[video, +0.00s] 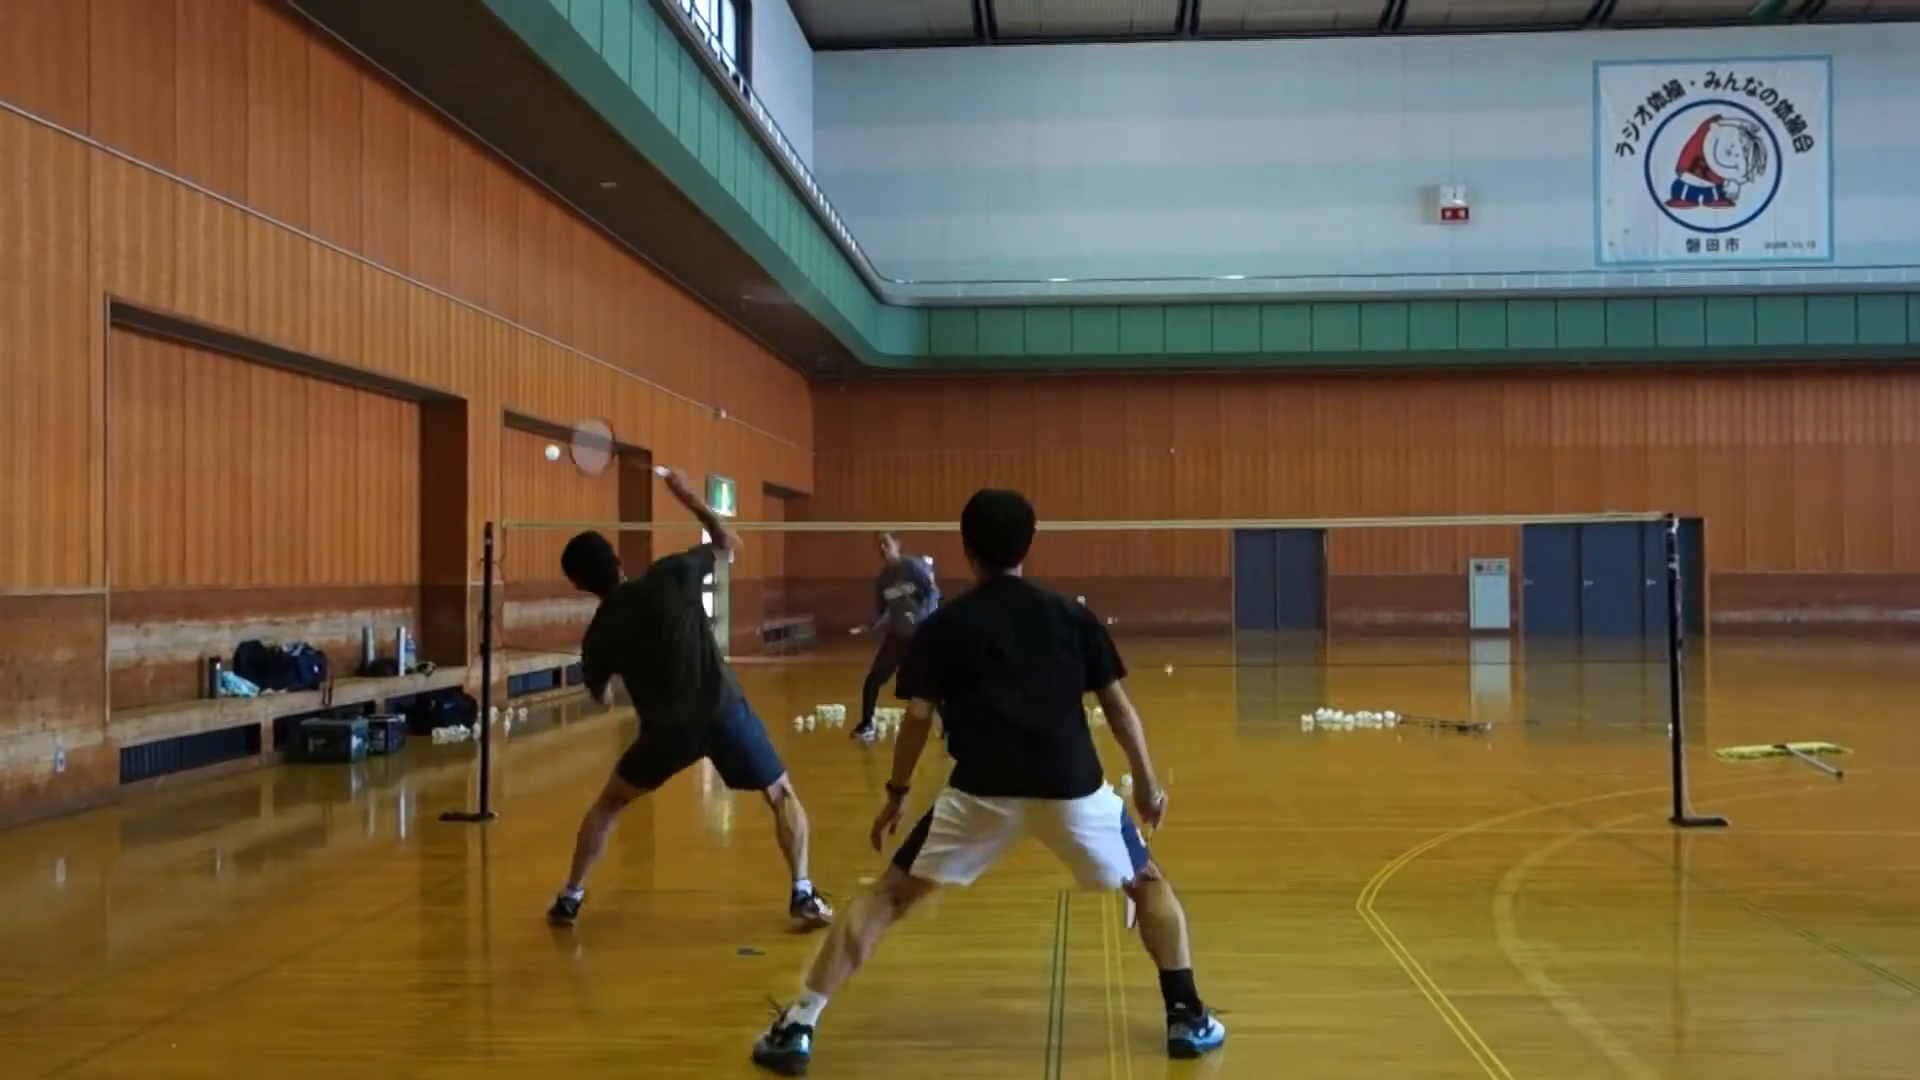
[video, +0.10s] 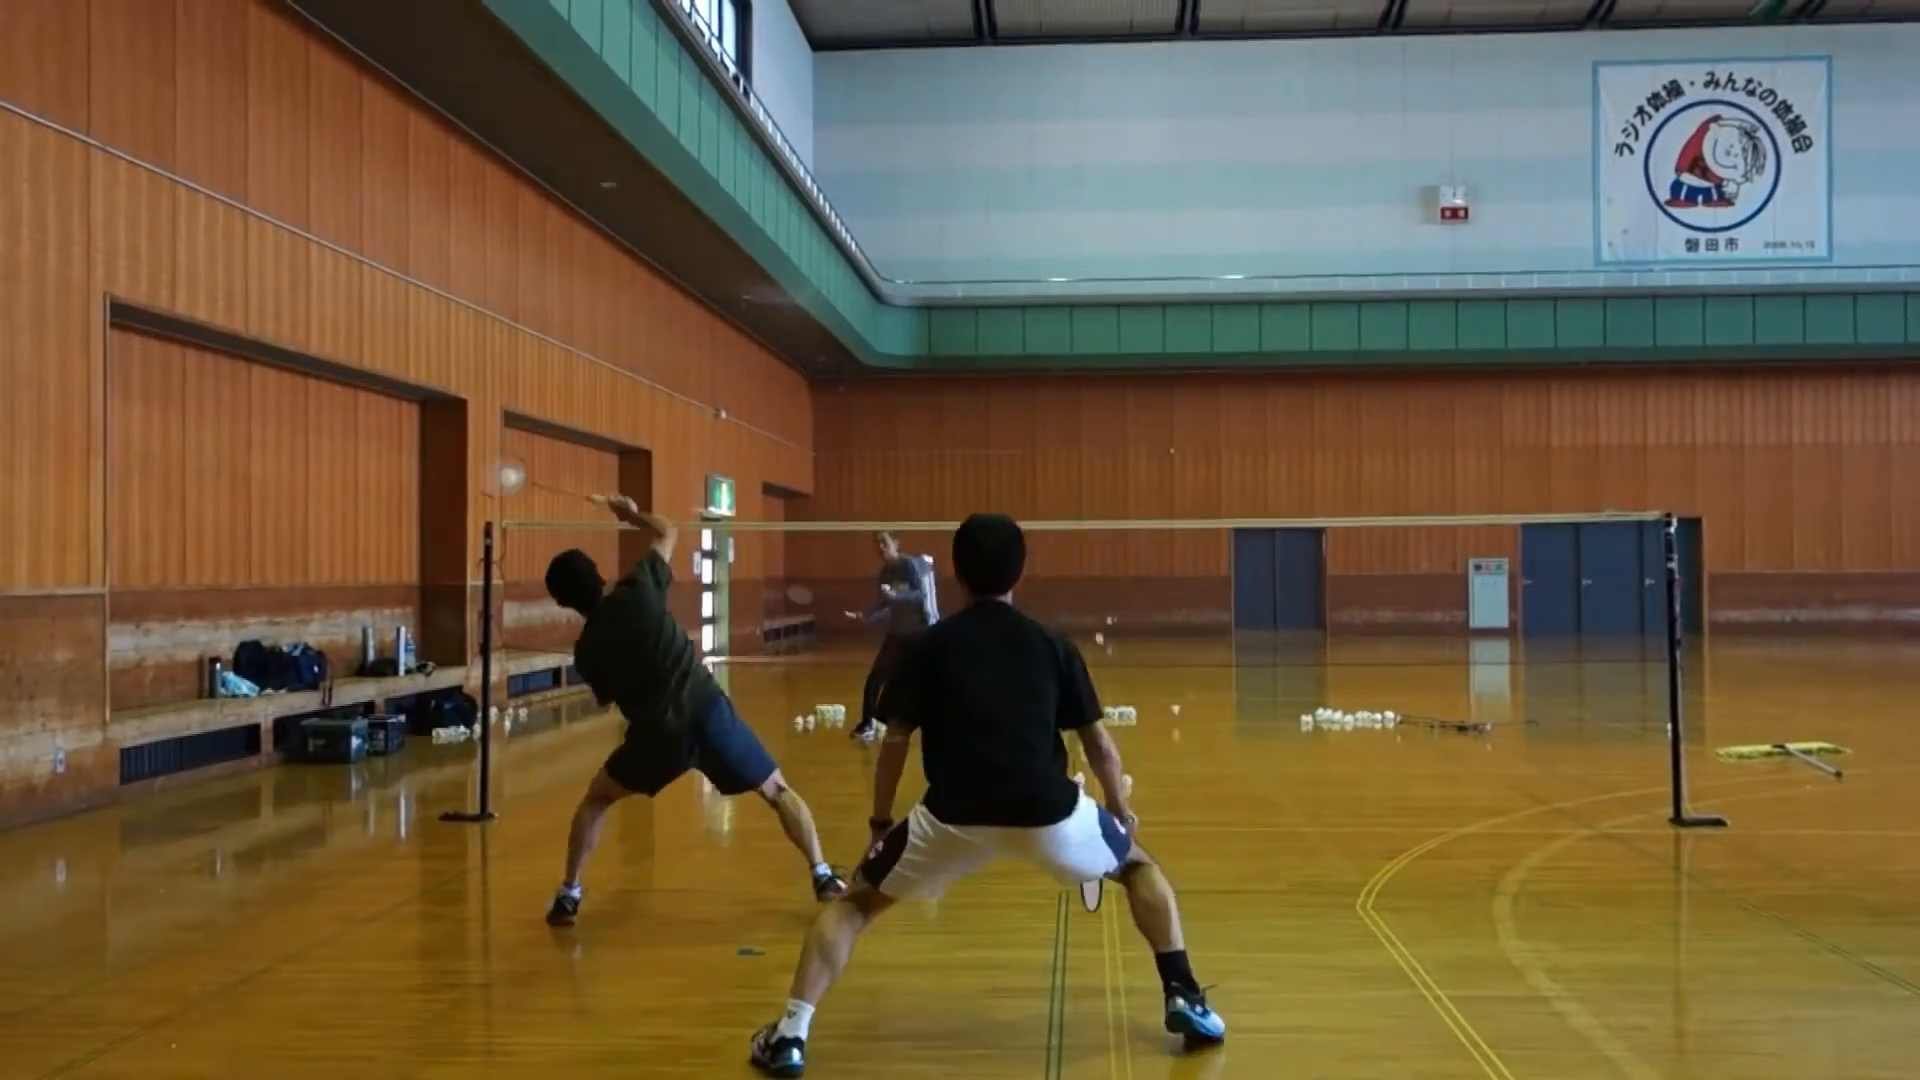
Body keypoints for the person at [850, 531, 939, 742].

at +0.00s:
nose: (884, 549)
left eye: (887, 543)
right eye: (881, 545)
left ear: (897, 544)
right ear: (878, 549)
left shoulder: (915, 567)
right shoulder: (882, 580)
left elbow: (933, 594)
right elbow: (883, 612)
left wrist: (920, 617)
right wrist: (870, 627)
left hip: (922, 636)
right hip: (897, 637)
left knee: (934, 683)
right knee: (872, 681)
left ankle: (947, 724)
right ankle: (866, 724)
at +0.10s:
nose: (881, 547)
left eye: (884, 542)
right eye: (878, 544)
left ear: (896, 543)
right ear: (876, 547)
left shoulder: (911, 564)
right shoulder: (885, 574)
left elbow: (922, 594)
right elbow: (887, 607)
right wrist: (865, 617)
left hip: (919, 633)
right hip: (897, 633)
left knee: (917, 679)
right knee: (876, 678)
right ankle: (868, 722)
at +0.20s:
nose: (881, 547)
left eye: (885, 543)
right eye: (878, 543)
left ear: (896, 543)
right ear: (876, 546)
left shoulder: (908, 564)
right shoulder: (885, 570)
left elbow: (908, 592)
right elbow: (887, 601)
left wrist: (880, 578)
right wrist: (861, 610)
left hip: (916, 631)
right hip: (898, 631)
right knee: (879, 677)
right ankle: (867, 722)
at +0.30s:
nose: (883, 548)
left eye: (886, 543)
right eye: (880, 544)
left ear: (898, 543)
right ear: (879, 548)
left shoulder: (912, 565)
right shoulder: (887, 573)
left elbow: (897, 588)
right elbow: (881, 605)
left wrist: (864, 576)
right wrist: (849, 608)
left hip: (926, 634)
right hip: (903, 634)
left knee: (937, 684)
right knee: (881, 679)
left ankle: (951, 724)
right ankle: (867, 724)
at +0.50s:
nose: (890, 548)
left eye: (893, 543)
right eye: (887, 544)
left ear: (905, 543)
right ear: (886, 547)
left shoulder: (923, 565)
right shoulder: (888, 579)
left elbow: (920, 596)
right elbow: (883, 609)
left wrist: (893, 608)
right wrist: (849, 621)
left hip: (931, 629)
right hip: (907, 631)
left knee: (937, 674)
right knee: (886, 675)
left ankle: (948, 722)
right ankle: (868, 721)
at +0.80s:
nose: (898, 545)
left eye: (901, 540)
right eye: (894, 542)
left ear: (910, 542)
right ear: (891, 546)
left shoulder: (928, 563)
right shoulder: (892, 574)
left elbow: (949, 587)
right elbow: (901, 599)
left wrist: (950, 614)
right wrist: (927, 608)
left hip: (930, 627)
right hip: (906, 629)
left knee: (937, 674)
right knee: (894, 672)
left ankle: (949, 719)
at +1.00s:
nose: (899, 546)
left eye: (901, 541)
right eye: (894, 543)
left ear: (908, 542)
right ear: (889, 548)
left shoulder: (926, 565)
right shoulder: (887, 576)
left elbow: (942, 593)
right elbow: (888, 610)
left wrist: (941, 622)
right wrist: (907, 627)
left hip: (929, 633)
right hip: (901, 635)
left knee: (939, 678)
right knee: (884, 676)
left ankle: (938, 725)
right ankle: (868, 722)